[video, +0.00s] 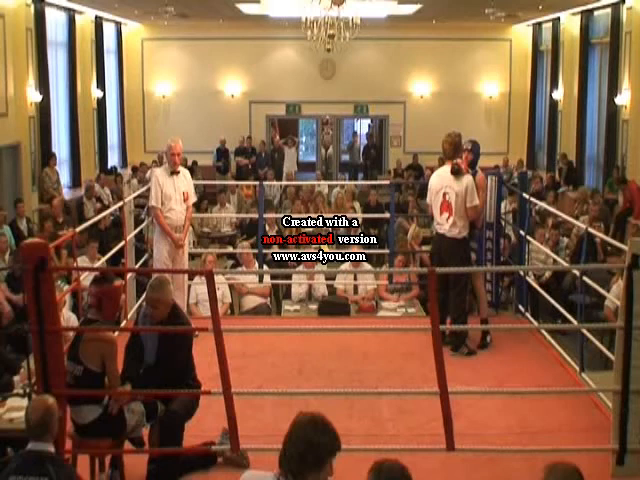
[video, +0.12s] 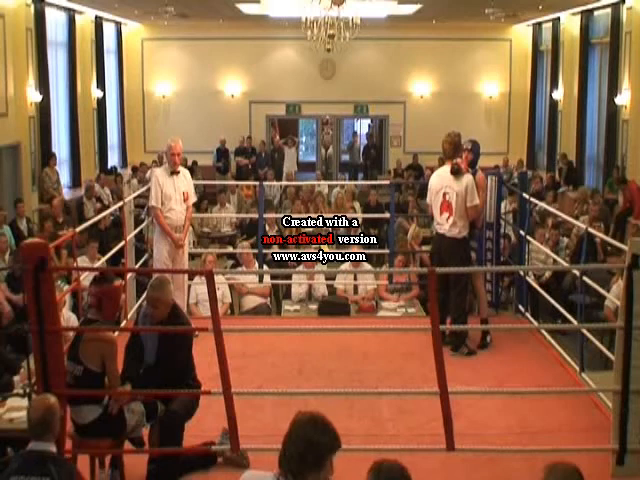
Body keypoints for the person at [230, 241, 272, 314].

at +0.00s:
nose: (246, 257)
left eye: (248, 254)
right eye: (243, 254)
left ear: (252, 254)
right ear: (239, 257)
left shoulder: (263, 268)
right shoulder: (237, 272)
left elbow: (267, 291)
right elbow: (240, 290)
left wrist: (248, 290)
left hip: (261, 304)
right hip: (245, 308)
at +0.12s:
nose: (246, 257)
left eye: (248, 254)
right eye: (243, 254)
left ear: (252, 254)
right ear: (239, 257)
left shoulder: (263, 268)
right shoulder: (237, 272)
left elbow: (267, 291)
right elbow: (240, 290)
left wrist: (248, 290)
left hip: (261, 304)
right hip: (245, 308)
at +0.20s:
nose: (246, 257)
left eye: (248, 254)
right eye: (243, 254)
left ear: (252, 254)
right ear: (239, 257)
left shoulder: (263, 268)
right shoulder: (237, 272)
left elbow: (267, 291)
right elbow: (240, 290)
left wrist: (248, 290)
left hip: (261, 304)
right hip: (245, 308)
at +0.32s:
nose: (246, 257)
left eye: (248, 254)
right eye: (243, 255)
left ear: (252, 254)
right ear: (239, 257)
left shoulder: (263, 268)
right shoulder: (237, 272)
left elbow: (267, 291)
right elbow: (240, 290)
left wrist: (248, 290)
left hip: (261, 304)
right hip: (244, 308)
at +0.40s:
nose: (246, 257)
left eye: (248, 254)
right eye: (243, 254)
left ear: (252, 254)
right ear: (239, 257)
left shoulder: (263, 268)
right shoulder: (237, 272)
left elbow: (267, 291)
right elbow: (240, 290)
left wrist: (248, 290)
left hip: (261, 304)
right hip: (245, 308)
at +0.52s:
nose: (246, 257)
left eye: (248, 254)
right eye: (243, 255)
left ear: (252, 254)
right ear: (239, 257)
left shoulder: (263, 268)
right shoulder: (237, 272)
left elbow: (267, 291)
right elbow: (240, 290)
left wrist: (248, 290)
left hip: (261, 304)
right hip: (245, 308)